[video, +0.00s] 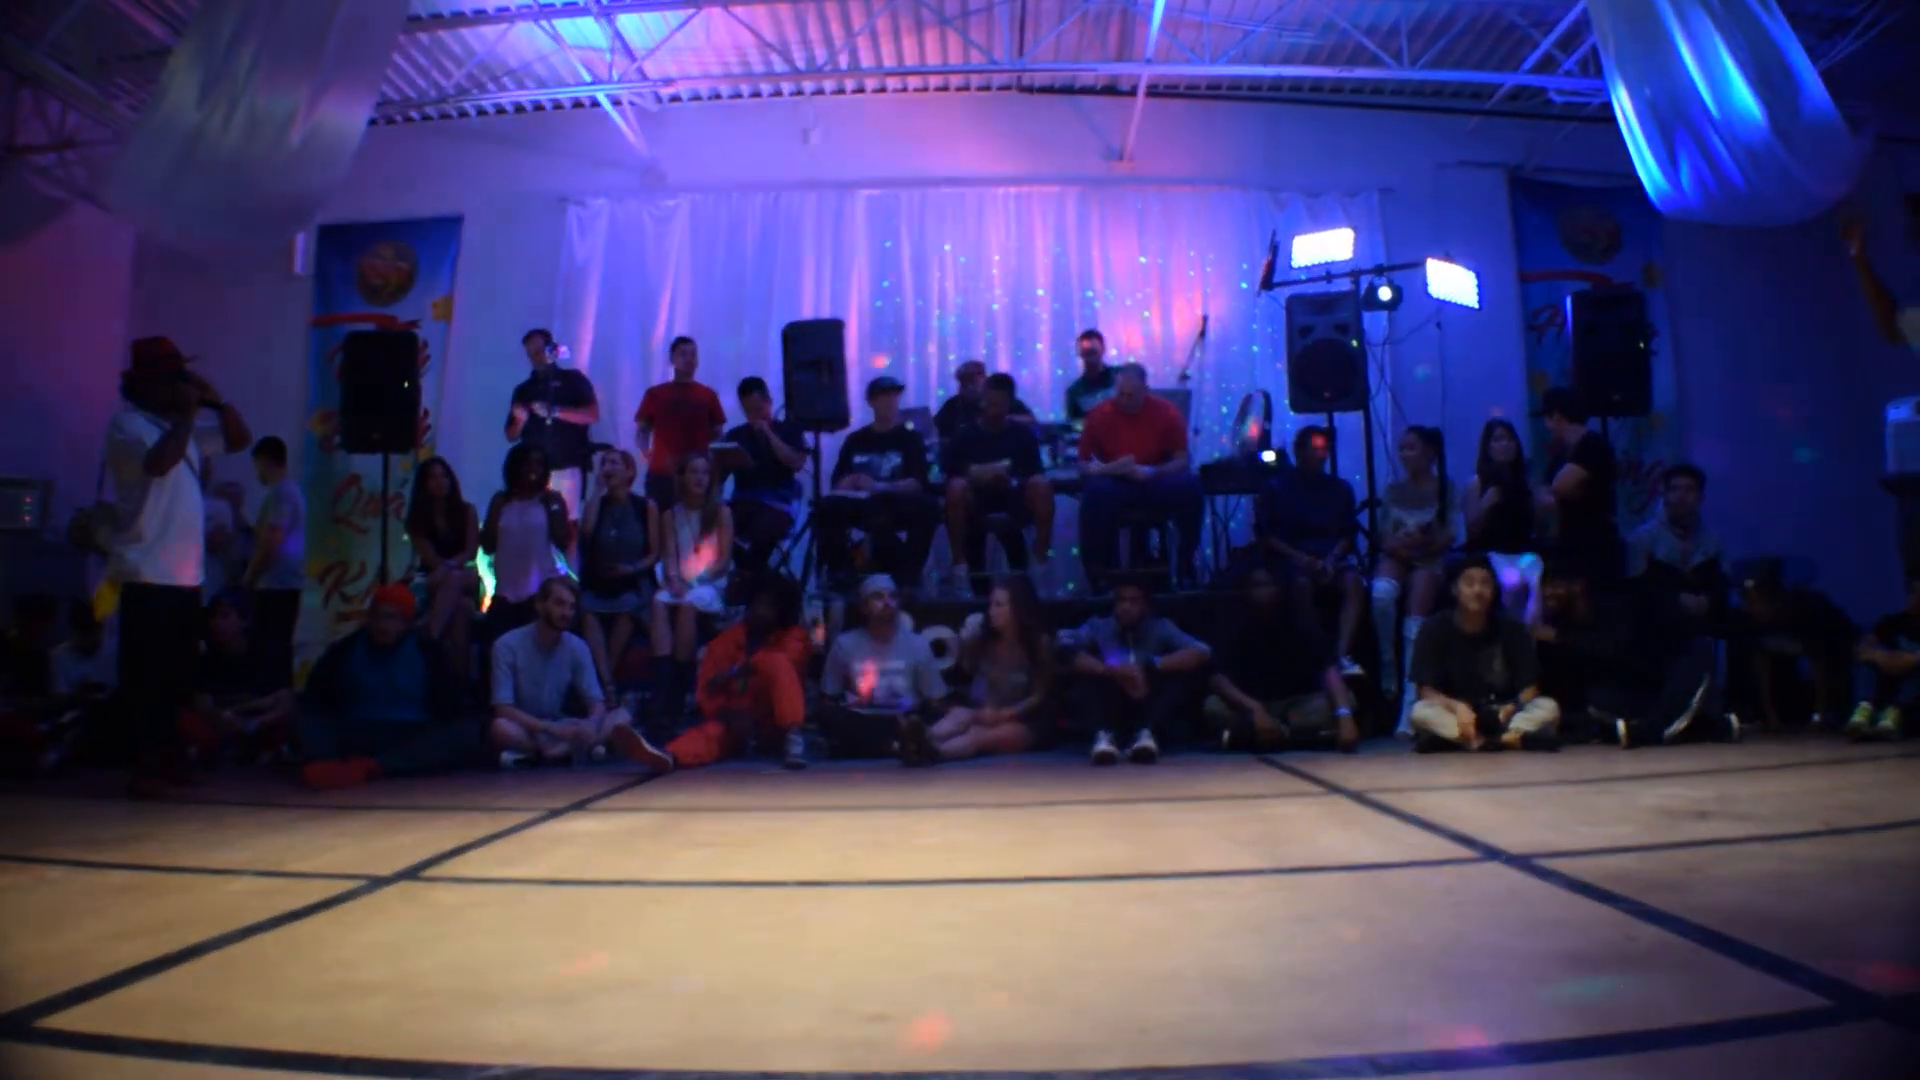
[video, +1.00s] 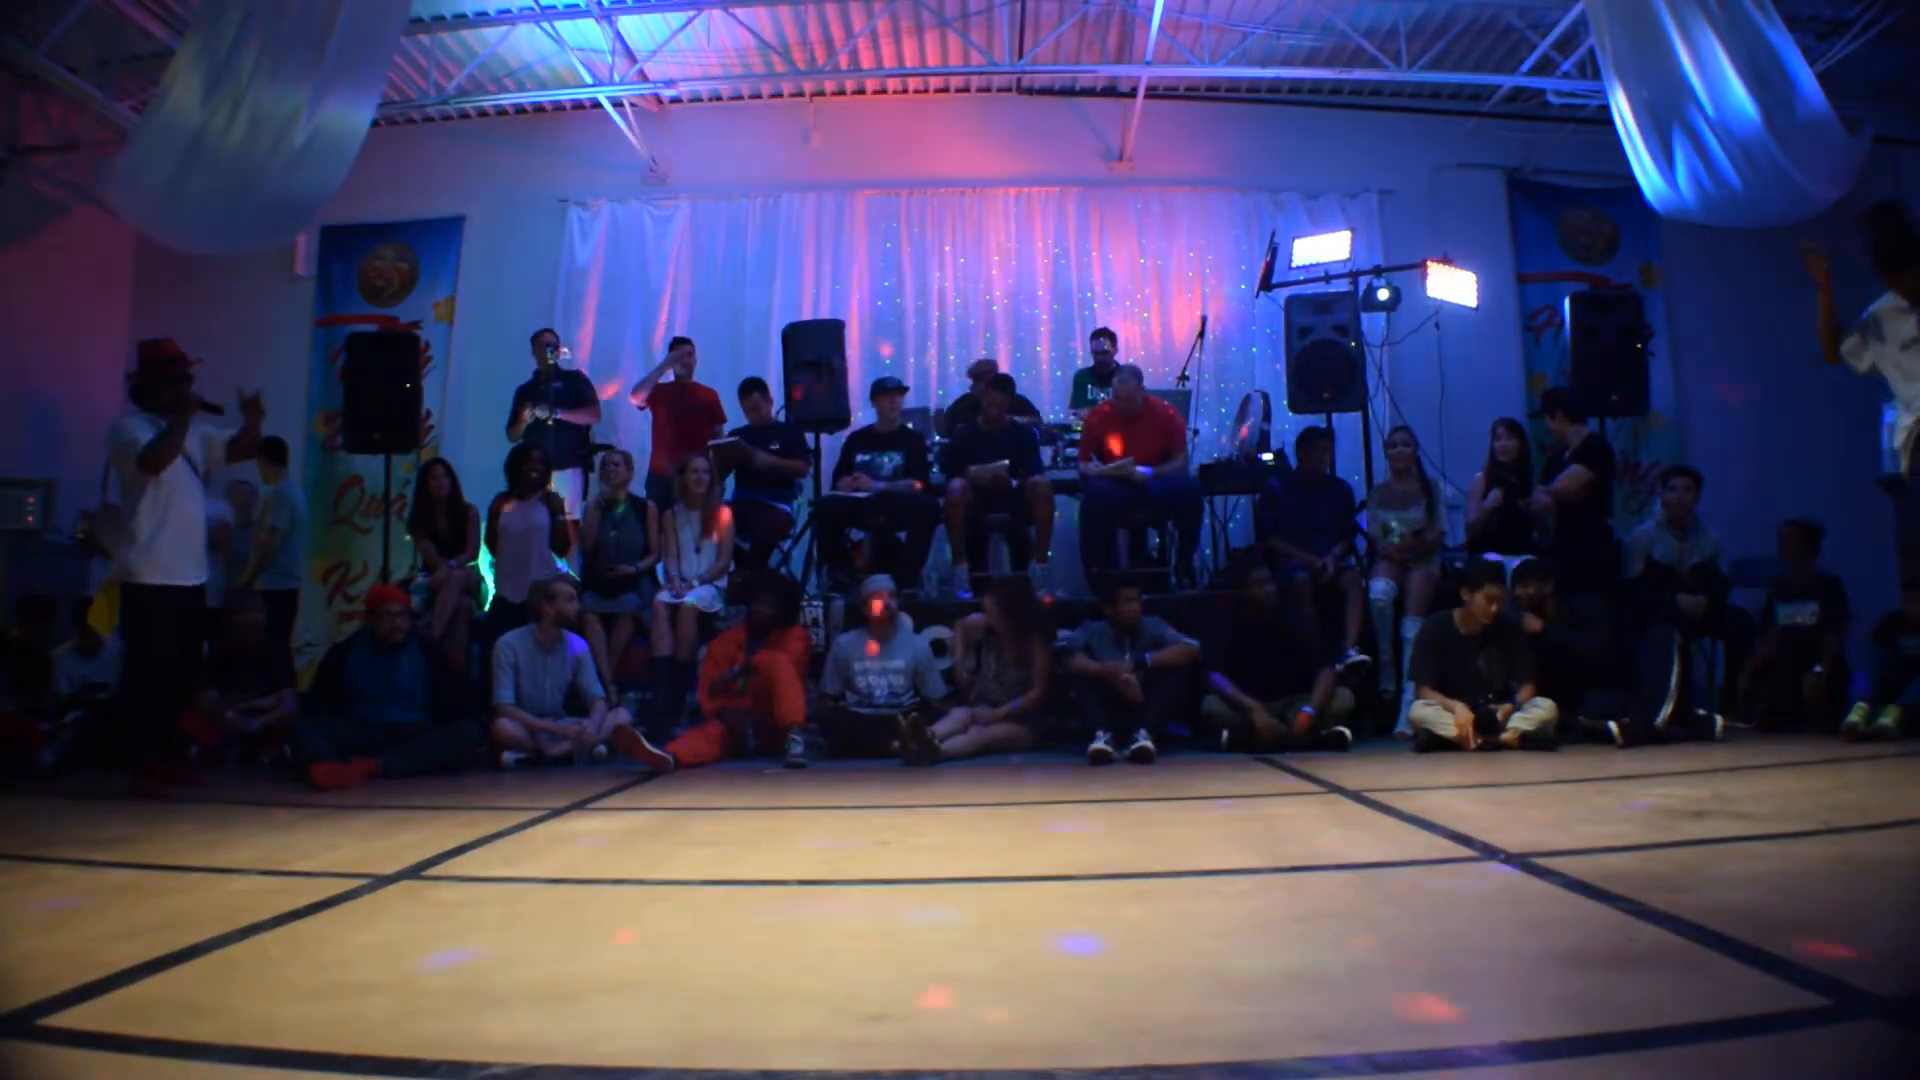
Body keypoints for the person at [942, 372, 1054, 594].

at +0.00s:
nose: (994, 410)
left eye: (1000, 404)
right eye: (990, 403)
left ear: (1009, 404)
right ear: (981, 403)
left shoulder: (1021, 432)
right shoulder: (966, 433)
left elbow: (1034, 470)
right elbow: (951, 471)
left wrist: (1008, 476)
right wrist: (976, 475)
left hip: (1012, 490)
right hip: (977, 491)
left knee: (1041, 487)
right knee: (957, 488)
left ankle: (1041, 558)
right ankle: (959, 563)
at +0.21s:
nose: (994, 411)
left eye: (1000, 405)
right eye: (989, 404)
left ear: (1009, 404)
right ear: (981, 402)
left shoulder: (1022, 433)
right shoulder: (965, 433)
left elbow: (1035, 471)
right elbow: (950, 471)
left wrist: (1009, 480)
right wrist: (975, 476)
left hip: (1011, 492)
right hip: (977, 493)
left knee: (1041, 485)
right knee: (957, 488)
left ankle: (1041, 561)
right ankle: (959, 565)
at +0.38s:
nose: (994, 412)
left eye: (1000, 406)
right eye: (989, 405)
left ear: (1009, 406)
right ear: (981, 404)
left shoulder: (1022, 433)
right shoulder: (965, 433)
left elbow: (1034, 470)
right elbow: (950, 470)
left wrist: (1008, 479)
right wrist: (974, 474)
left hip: (1011, 491)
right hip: (977, 492)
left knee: (1041, 486)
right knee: (957, 488)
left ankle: (1040, 562)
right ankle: (960, 565)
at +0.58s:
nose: (995, 411)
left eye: (1001, 406)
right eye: (990, 405)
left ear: (1010, 405)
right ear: (982, 404)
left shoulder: (1022, 433)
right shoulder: (965, 433)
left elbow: (1035, 471)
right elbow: (951, 471)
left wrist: (1009, 480)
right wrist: (976, 476)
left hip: (1011, 491)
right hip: (977, 492)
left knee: (1041, 486)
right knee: (956, 488)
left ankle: (1041, 563)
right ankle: (960, 566)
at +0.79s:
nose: (994, 412)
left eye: (1000, 405)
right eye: (990, 405)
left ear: (1010, 405)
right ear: (982, 404)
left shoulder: (1022, 433)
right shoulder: (965, 433)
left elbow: (1034, 470)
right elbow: (950, 470)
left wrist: (1008, 479)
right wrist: (976, 475)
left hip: (1012, 491)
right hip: (977, 492)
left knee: (1041, 487)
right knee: (956, 488)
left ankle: (1041, 562)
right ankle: (960, 565)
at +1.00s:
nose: (994, 412)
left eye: (1000, 405)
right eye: (989, 405)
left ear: (1009, 405)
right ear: (981, 404)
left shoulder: (1023, 433)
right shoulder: (965, 433)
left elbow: (1034, 470)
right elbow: (950, 470)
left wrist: (1008, 478)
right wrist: (975, 474)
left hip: (1012, 490)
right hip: (977, 491)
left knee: (1041, 487)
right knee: (956, 489)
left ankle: (1041, 563)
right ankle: (960, 566)